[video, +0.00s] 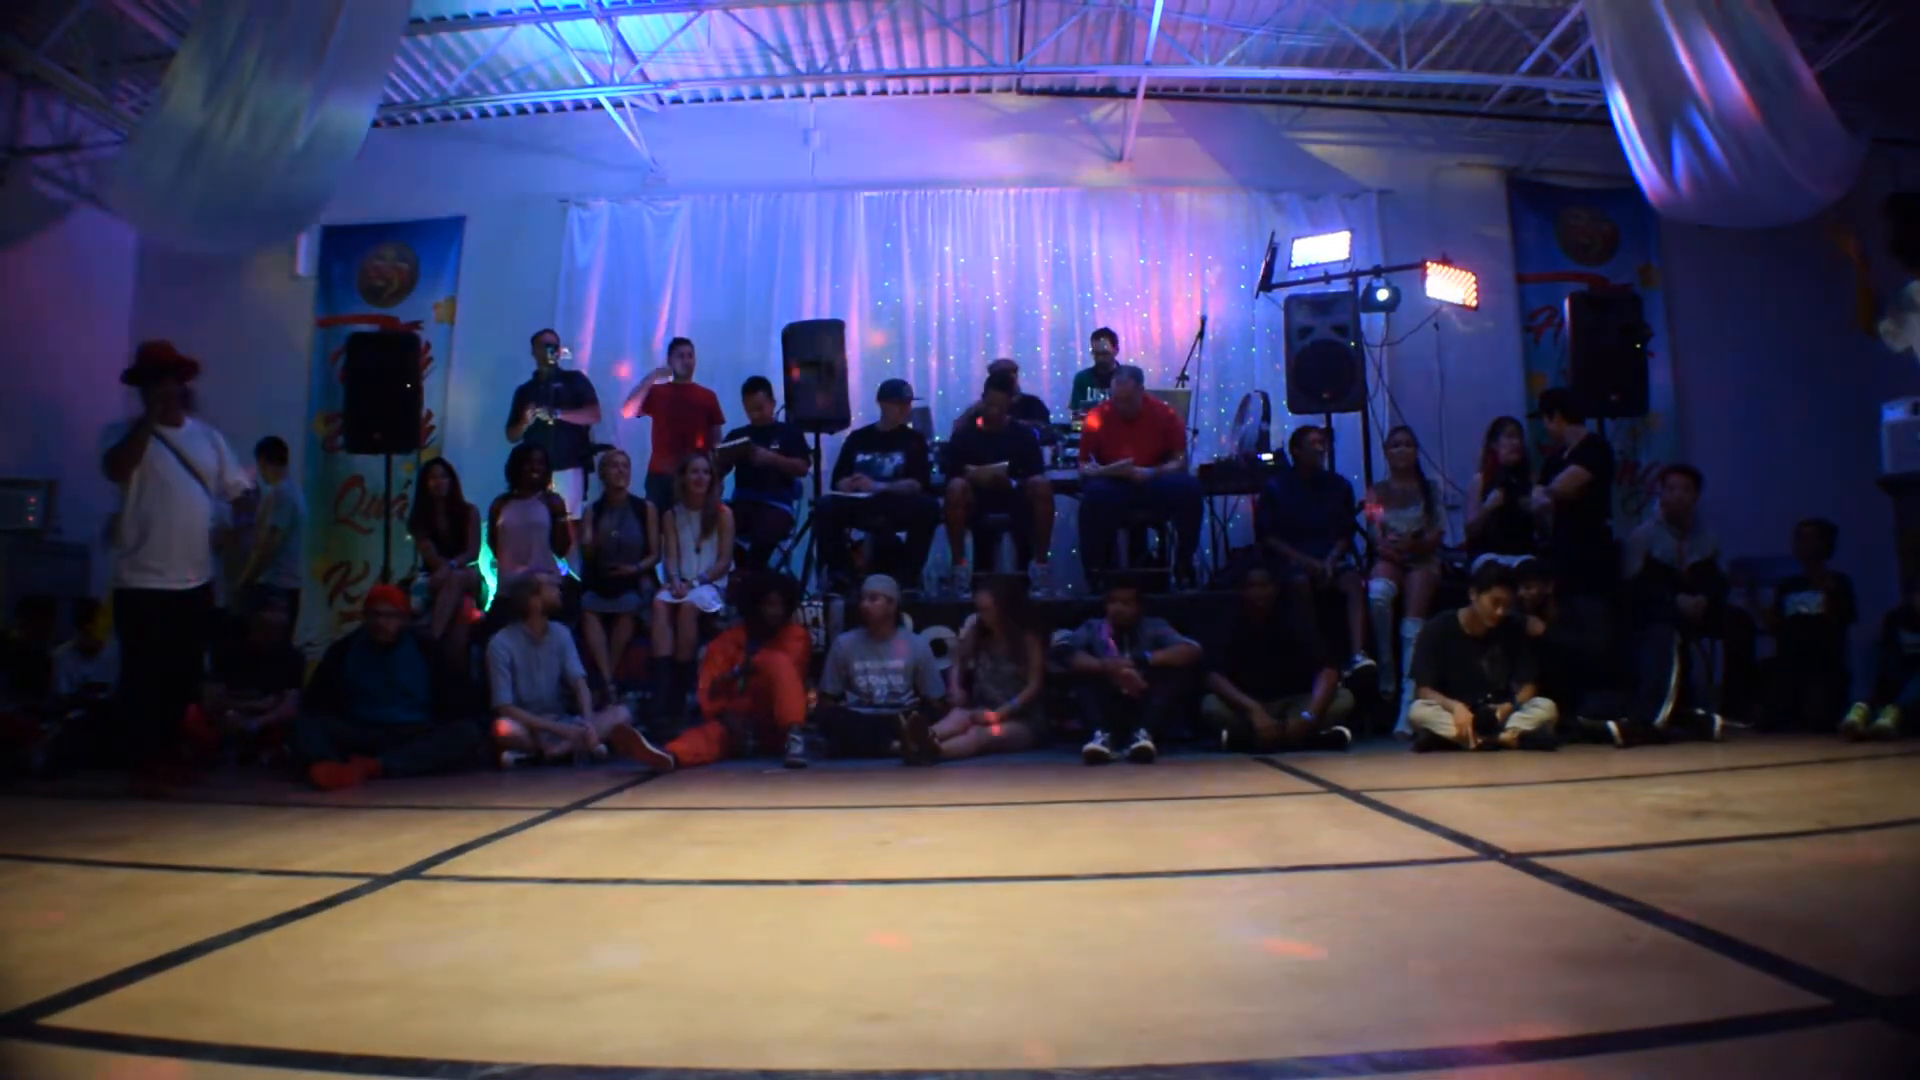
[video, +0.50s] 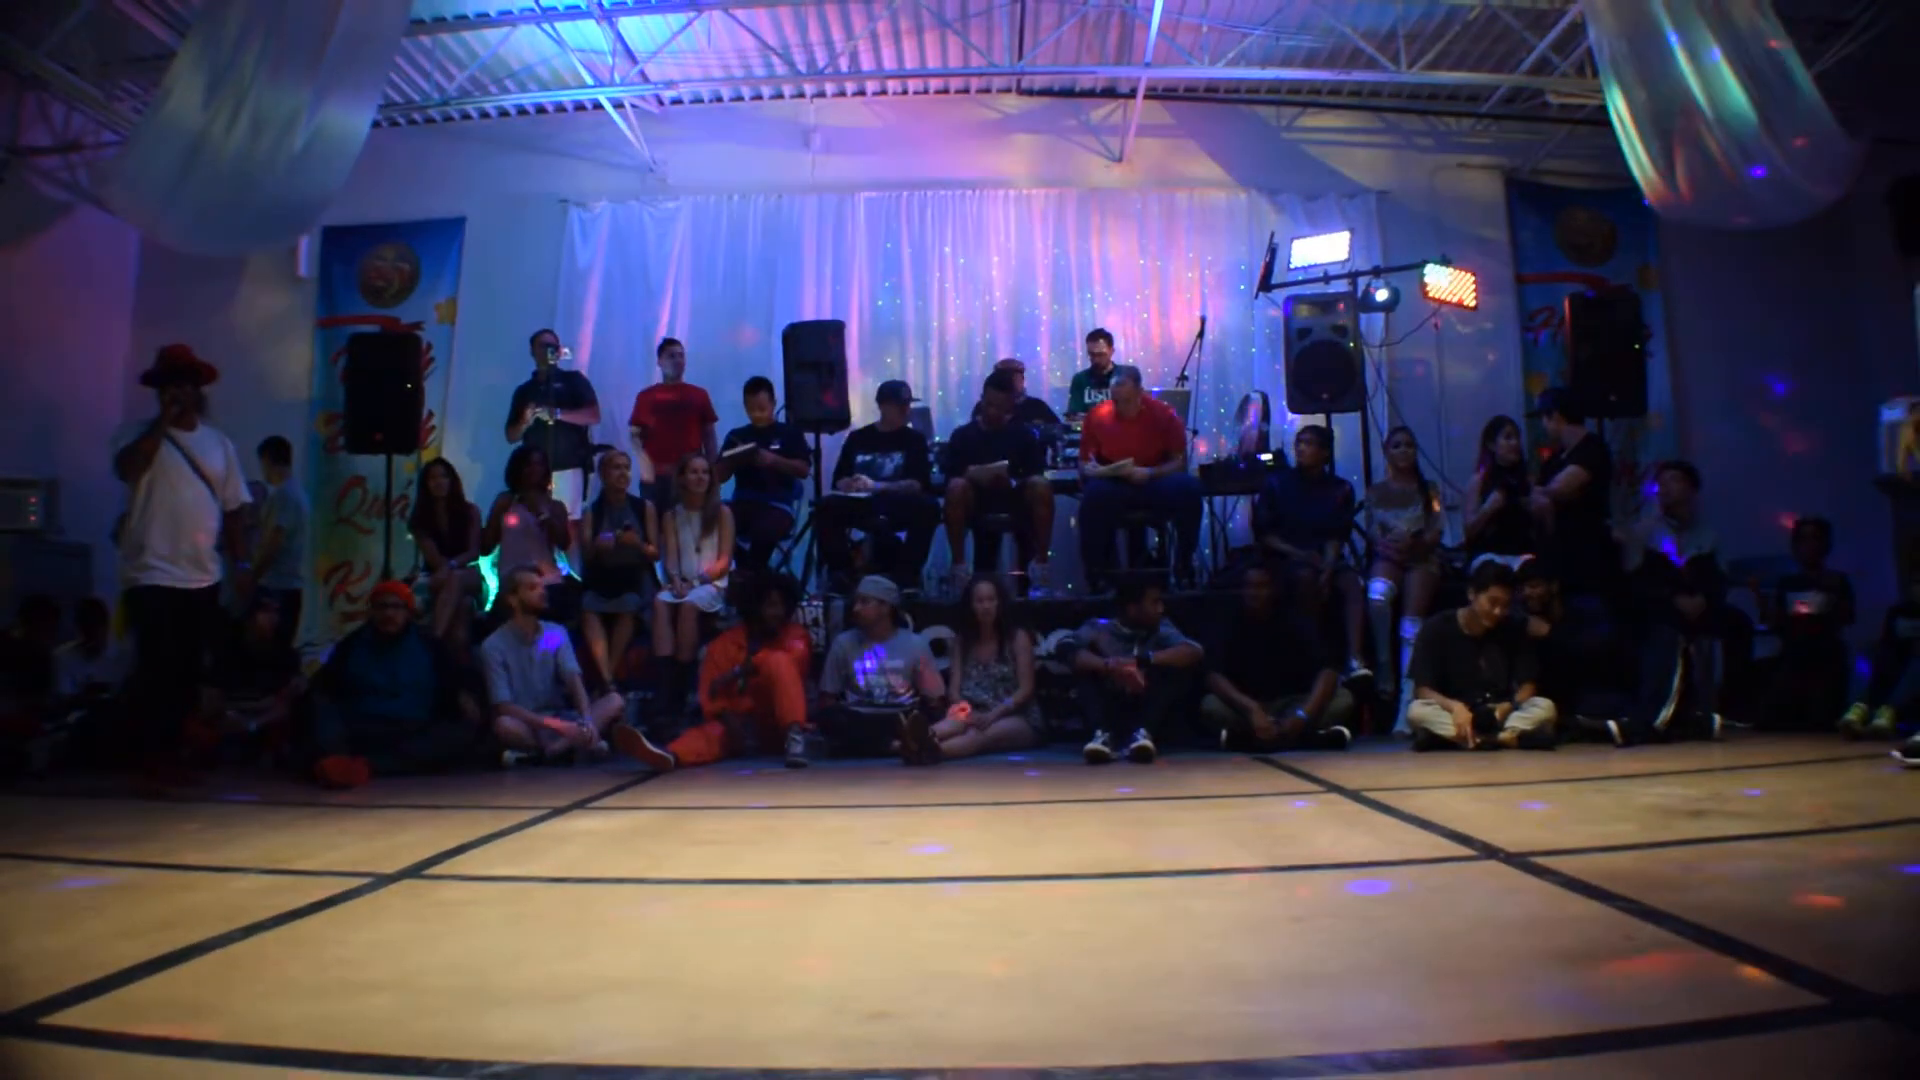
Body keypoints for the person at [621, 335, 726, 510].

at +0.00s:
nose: (686, 361)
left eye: (690, 356)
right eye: (680, 356)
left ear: (695, 360)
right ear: (669, 361)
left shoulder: (707, 397)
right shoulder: (657, 392)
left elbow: (716, 440)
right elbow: (628, 412)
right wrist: (653, 377)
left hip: (695, 478)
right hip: (661, 475)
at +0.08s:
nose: (686, 360)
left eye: (689, 355)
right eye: (679, 356)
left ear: (694, 359)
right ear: (669, 360)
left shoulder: (707, 396)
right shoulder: (657, 394)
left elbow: (716, 440)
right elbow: (624, 418)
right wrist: (646, 389)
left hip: (695, 478)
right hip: (661, 475)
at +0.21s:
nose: (684, 360)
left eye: (687, 355)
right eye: (678, 355)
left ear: (692, 359)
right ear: (667, 360)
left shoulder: (704, 396)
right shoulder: (652, 394)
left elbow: (714, 440)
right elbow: (625, 427)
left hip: (693, 476)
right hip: (659, 474)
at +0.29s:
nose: (683, 360)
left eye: (686, 355)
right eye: (676, 355)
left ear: (691, 359)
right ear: (665, 360)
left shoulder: (703, 396)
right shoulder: (650, 394)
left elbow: (713, 438)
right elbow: (629, 430)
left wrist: (715, 477)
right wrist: (644, 424)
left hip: (692, 477)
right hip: (658, 474)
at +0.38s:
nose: (680, 360)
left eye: (683, 355)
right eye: (674, 355)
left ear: (688, 359)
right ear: (663, 361)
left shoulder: (701, 395)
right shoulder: (648, 395)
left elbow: (711, 437)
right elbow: (633, 432)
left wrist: (715, 474)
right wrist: (647, 443)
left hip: (693, 478)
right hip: (657, 476)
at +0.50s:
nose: (677, 361)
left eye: (680, 355)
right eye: (671, 356)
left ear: (685, 360)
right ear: (659, 361)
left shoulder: (699, 395)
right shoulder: (646, 396)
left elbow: (709, 435)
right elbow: (635, 434)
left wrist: (712, 470)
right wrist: (644, 462)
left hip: (691, 477)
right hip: (656, 477)